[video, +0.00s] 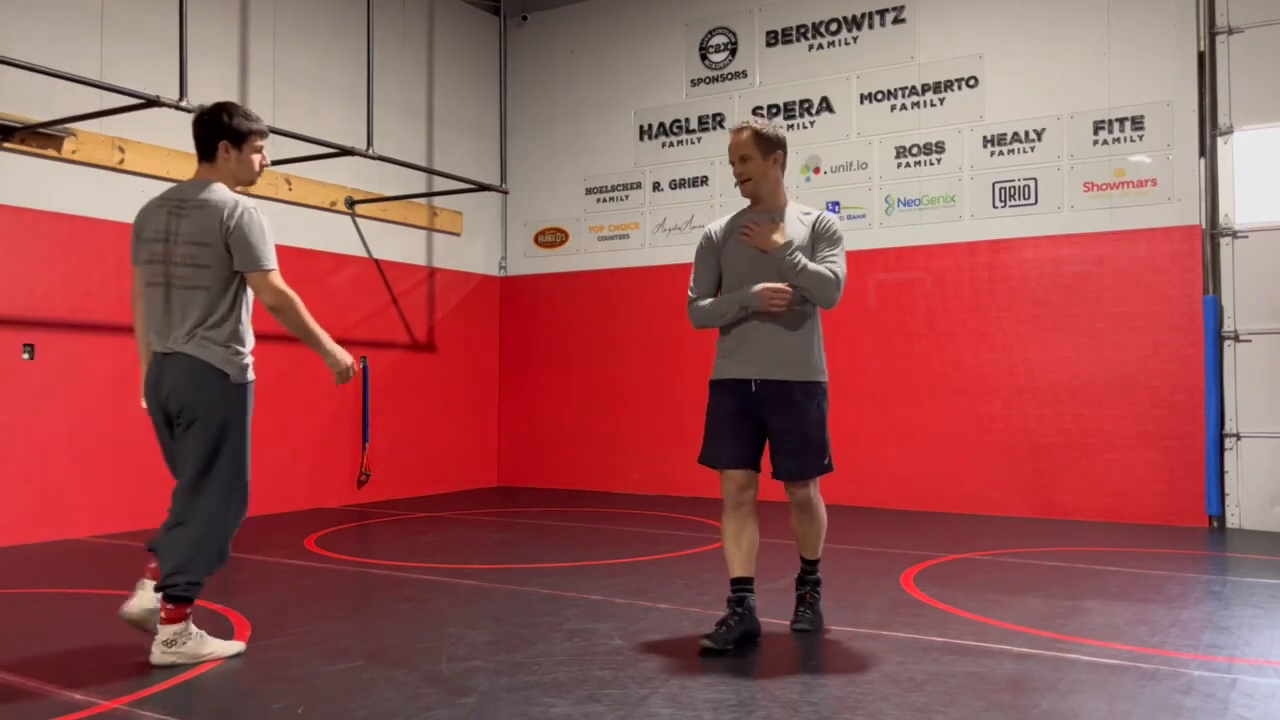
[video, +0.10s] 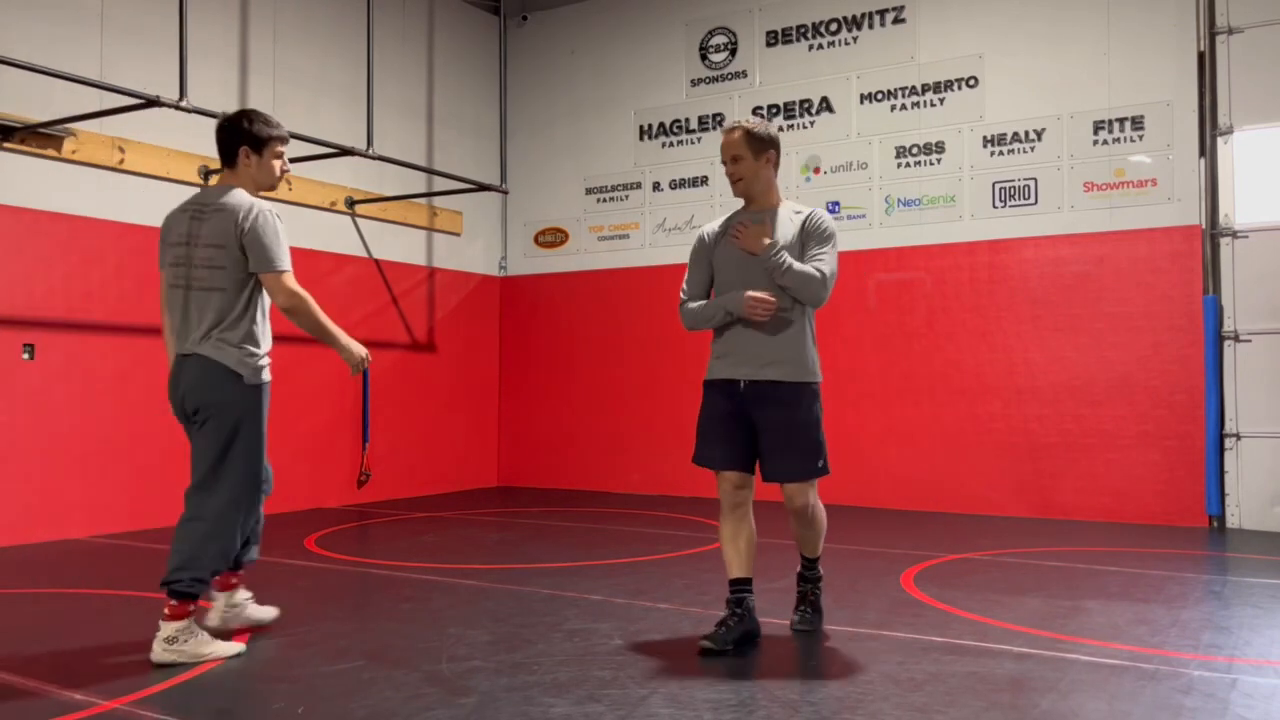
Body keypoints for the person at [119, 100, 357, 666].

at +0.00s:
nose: (264, 162)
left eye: (264, 152)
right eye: (257, 151)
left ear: (213, 151)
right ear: (225, 149)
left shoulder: (152, 211)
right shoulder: (236, 212)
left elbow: (142, 302)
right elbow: (274, 293)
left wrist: (151, 369)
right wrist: (330, 350)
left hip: (163, 373)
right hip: (214, 376)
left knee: (196, 485)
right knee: (219, 493)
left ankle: (154, 585)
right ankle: (174, 627)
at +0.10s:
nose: (286, 169)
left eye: (286, 158)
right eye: (279, 158)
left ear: (237, 159)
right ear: (247, 156)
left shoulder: (178, 215)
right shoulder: (254, 215)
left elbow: (170, 303)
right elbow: (287, 294)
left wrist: (180, 366)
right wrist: (344, 344)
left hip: (189, 372)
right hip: (232, 375)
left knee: (250, 479)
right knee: (218, 490)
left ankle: (225, 598)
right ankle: (176, 626)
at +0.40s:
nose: (342, 184)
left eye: (343, 175)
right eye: (335, 175)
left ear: (300, 178)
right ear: (304, 175)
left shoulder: (270, 228)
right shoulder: (298, 230)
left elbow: (284, 309)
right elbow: (309, 311)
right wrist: (319, 387)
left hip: (279, 378)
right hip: (292, 382)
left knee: (314, 494)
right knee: (290, 499)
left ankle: (318, 595)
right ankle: (200, 601)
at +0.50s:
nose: (359, 182)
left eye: (360, 173)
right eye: (351, 172)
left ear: (327, 177)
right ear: (321, 174)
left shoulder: (318, 228)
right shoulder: (309, 226)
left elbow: (315, 310)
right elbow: (308, 304)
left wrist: (329, 374)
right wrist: (302, 377)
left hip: (313, 377)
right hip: (312, 379)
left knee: (317, 491)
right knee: (333, 498)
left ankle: (320, 595)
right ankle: (233, 577)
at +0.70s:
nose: (389, 184)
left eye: (389, 175)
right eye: (380, 175)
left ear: (361, 181)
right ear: (349, 177)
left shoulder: (352, 233)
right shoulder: (326, 229)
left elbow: (355, 307)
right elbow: (310, 298)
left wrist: (379, 359)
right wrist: (310, 371)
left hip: (343, 376)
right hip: (343, 376)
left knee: (332, 482)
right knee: (388, 485)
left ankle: (322, 593)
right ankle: (336, 584)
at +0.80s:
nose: (400, 186)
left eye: (400, 178)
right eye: (391, 177)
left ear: (376, 183)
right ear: (362, 179)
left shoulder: (367, 238)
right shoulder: (339, 232)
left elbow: (381, 305)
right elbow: (323, 302)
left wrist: (408, 356)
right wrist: (326, 378)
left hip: (354, 379)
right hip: (354, 380)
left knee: (339, 486)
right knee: (401, 483)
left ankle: (321, 594)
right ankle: (391, 590)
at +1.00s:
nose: (427, 190)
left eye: (427, 182)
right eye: (418, 182)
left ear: (404, 188)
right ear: (388, 184)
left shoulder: (393, 241)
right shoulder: (369, 241)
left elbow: (405, 315)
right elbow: (357, 315)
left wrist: (439, 358)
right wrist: (367, 385)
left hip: (385, 381)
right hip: (385, 383)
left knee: (363, 486)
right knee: (420, 484)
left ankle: (324, 591)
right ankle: (450, 594)